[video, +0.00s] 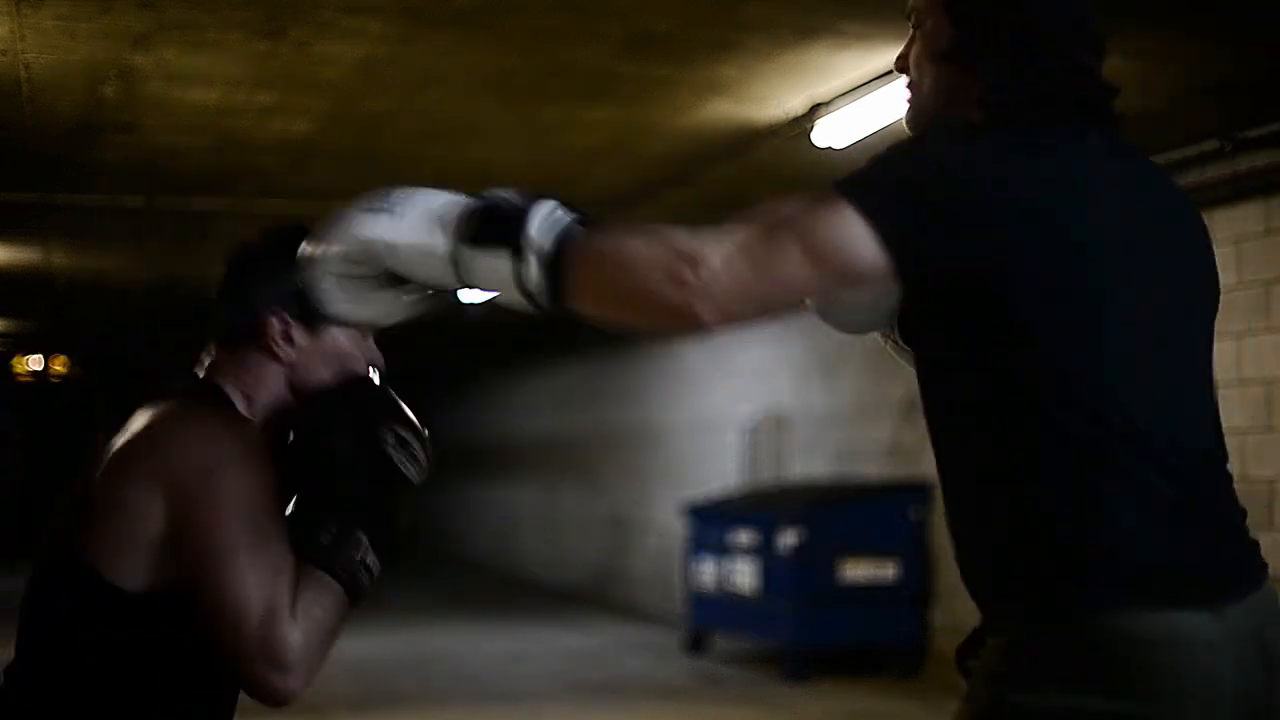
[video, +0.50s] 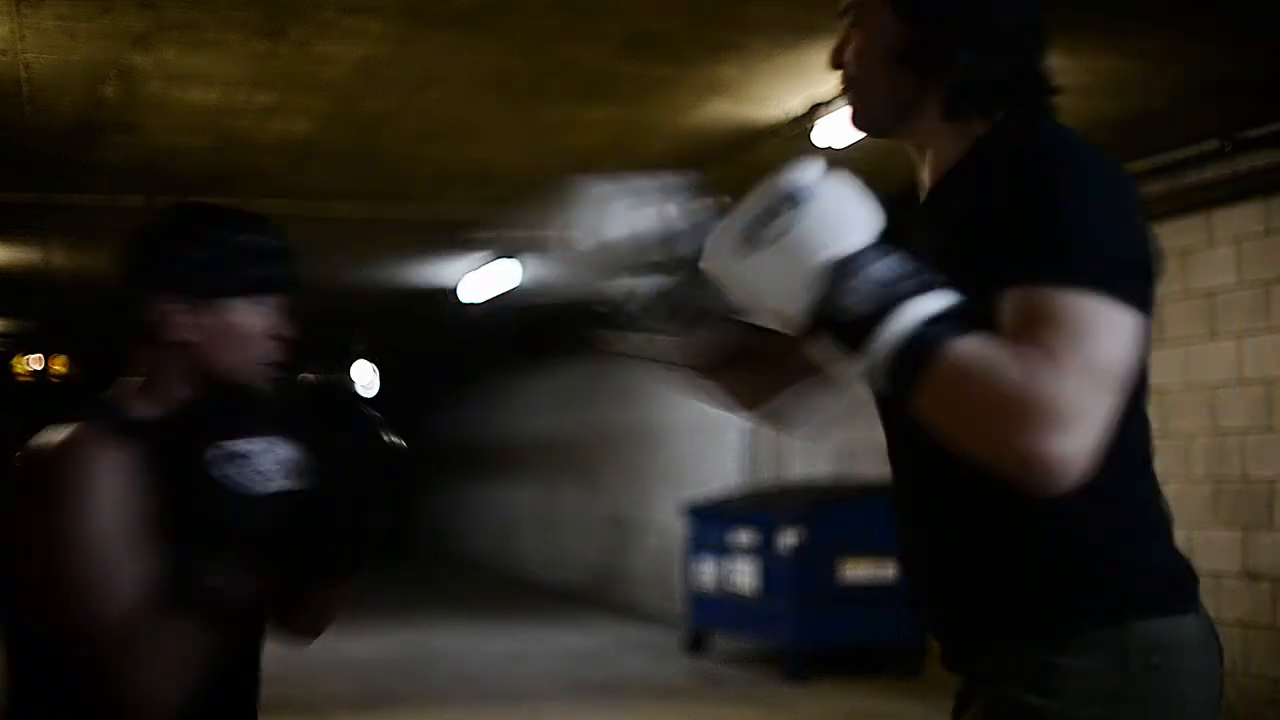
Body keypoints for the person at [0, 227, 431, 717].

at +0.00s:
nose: (374, 361)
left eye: (370, 335)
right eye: (355, 333)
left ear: (279, 337)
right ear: (283, 336)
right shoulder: (206, 444)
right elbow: (281, 668)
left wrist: (346, 498)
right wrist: (355, 515)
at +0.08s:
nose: (347, 371)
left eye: (352, 351)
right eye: (336, 343)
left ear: (270, 330)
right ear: (269, 330)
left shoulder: (150, 417)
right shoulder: (196, 432)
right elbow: (249, 652)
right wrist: (338, 515)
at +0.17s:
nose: (319, 316)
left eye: (317, 290)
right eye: (294, 287)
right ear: (206, 298)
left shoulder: (220, 418)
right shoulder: (117, 417)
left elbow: (298, 598)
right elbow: (164, 635)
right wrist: (264, 479)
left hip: (198, 708)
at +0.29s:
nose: (192, 357)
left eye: (202, 328)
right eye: (162, 337)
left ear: (218, 328)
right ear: (100, 353)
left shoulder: (244, 436)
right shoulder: (52, 471)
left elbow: (349, 605)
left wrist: (322, 497)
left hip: (215, 705)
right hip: (96, 713)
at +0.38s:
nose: (183, 368)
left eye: (190, 335)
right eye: (148, 345)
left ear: (204, 335)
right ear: (74, 364)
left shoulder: (231, 440)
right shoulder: (43, 491)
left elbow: (337, 618)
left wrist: (295, 501)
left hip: (218, 706)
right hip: (95, 716)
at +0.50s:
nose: (283, 330)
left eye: (279, 306)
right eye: (258, 303)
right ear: (179, 315)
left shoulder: (228, 441)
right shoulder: (95, 457)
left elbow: (303, 619)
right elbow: (141, 681)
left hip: (223, 707)